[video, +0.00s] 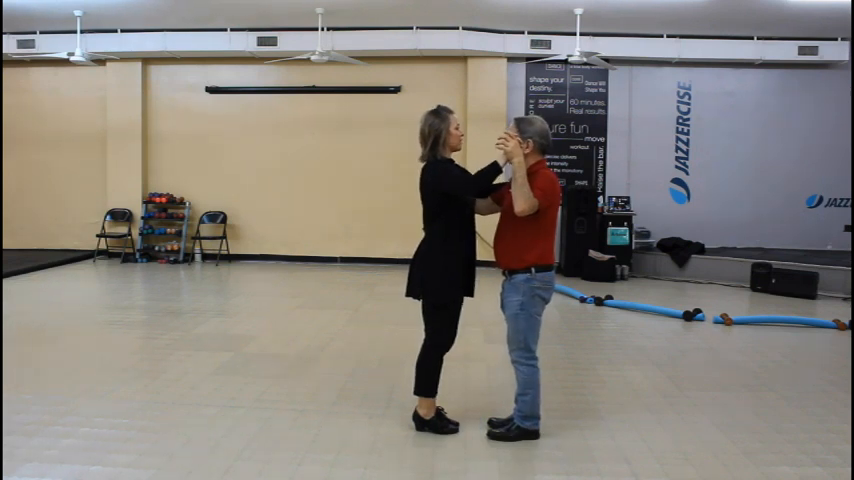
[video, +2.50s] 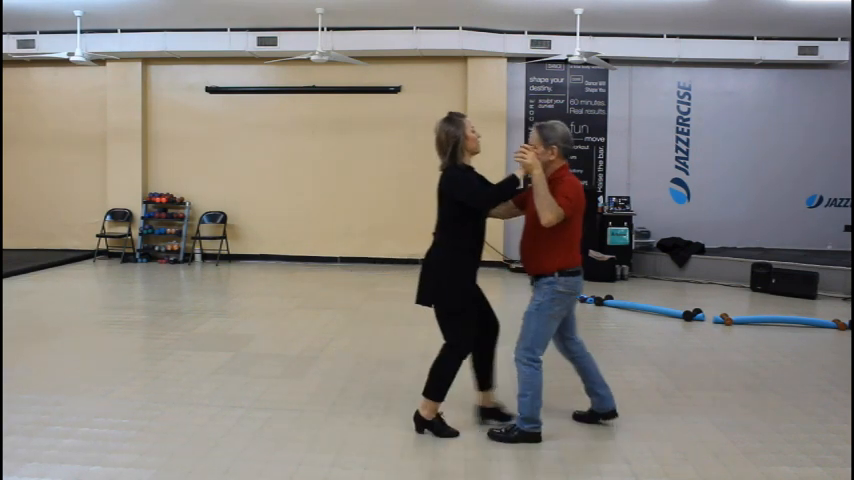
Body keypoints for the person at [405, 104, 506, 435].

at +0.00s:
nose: (462, 133)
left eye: (460, 127)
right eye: (456, 128)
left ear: (441, 133)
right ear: (442, 133)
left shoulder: (442, 167)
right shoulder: (439, 169)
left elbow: (473, 196)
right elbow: (473, 186)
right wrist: (501, 161)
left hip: (444, 267)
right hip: (441, 269)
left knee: (439, 339)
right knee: (437, 340)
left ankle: (427, 407)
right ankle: (424, 411)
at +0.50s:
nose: (460, 132)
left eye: (459, 127)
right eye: (455, 127)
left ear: (441, 132)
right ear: (440, 133)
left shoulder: (442, 167)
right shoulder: (438, 170)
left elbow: (472, 188)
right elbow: (472, 185)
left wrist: (505, 171)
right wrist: (501, 160)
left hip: (443, 267)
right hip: (439, 269)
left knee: (439, 338)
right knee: (438, 339)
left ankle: (427, 408)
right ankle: (425, 411)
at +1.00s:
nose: (446, 138)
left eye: (444, 133)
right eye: (440, 134)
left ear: (423, 140)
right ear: (424, 140)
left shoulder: (429, 176)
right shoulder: (419, 177)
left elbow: (457, 202)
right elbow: (444, 196)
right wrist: (473, 170)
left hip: (431, 274)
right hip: (415, 276)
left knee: (443, 335)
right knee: (437, 336)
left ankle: (428, 406)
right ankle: (376, 392)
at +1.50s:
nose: (406, 145)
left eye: (404, 140)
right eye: (401, 140)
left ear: (386, 144)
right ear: (385, 144)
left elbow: (426, 206)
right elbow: (405, 199)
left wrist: (454, 192)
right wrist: (429, 176)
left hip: (391, 277)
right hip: (366, 277)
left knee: (421, 332)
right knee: (344, 345)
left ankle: (417, 405)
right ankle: (307, 408)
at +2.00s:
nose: (438, 132)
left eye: (435, 126)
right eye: (432, 127)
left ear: (417, 132)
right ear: (418, 132)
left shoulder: (418, 167)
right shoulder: (415, 170)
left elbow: (454, 197)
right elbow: (445, 189)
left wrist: (487, 184)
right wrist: (472, 165)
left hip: (415, 268)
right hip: (416, 270)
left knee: (415, 335)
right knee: (437, 334)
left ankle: (408, 406)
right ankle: (416, 407)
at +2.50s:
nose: (478, 136)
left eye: (475, 131)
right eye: (472, 132)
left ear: (458, 139)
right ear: (459, 139)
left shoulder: (465, 174)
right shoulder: (457, 176)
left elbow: (496, 201)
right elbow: (488, 198)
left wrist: (531, 183)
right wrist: (519, 174)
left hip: (458, 276)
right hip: (447, 277)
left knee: (487, 327)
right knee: (460, 340)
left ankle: (487, 402)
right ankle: (427, 411)